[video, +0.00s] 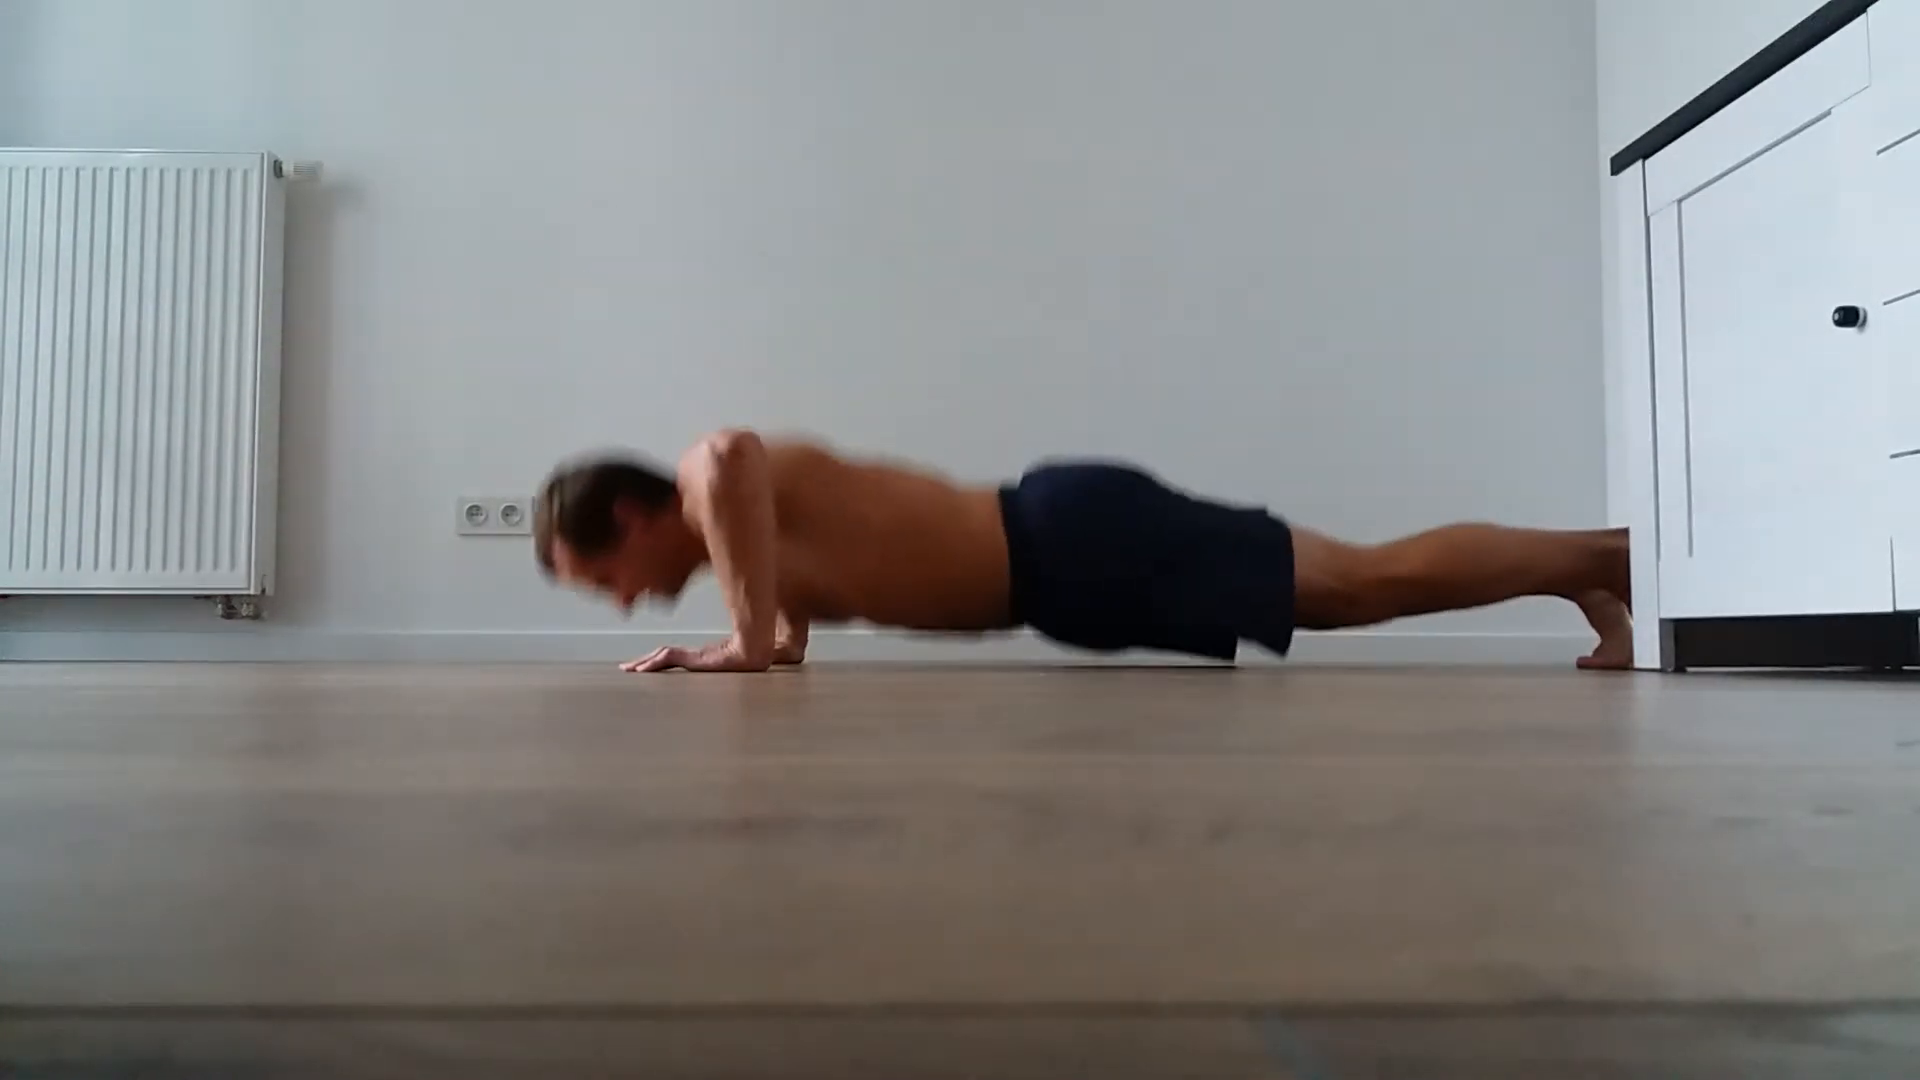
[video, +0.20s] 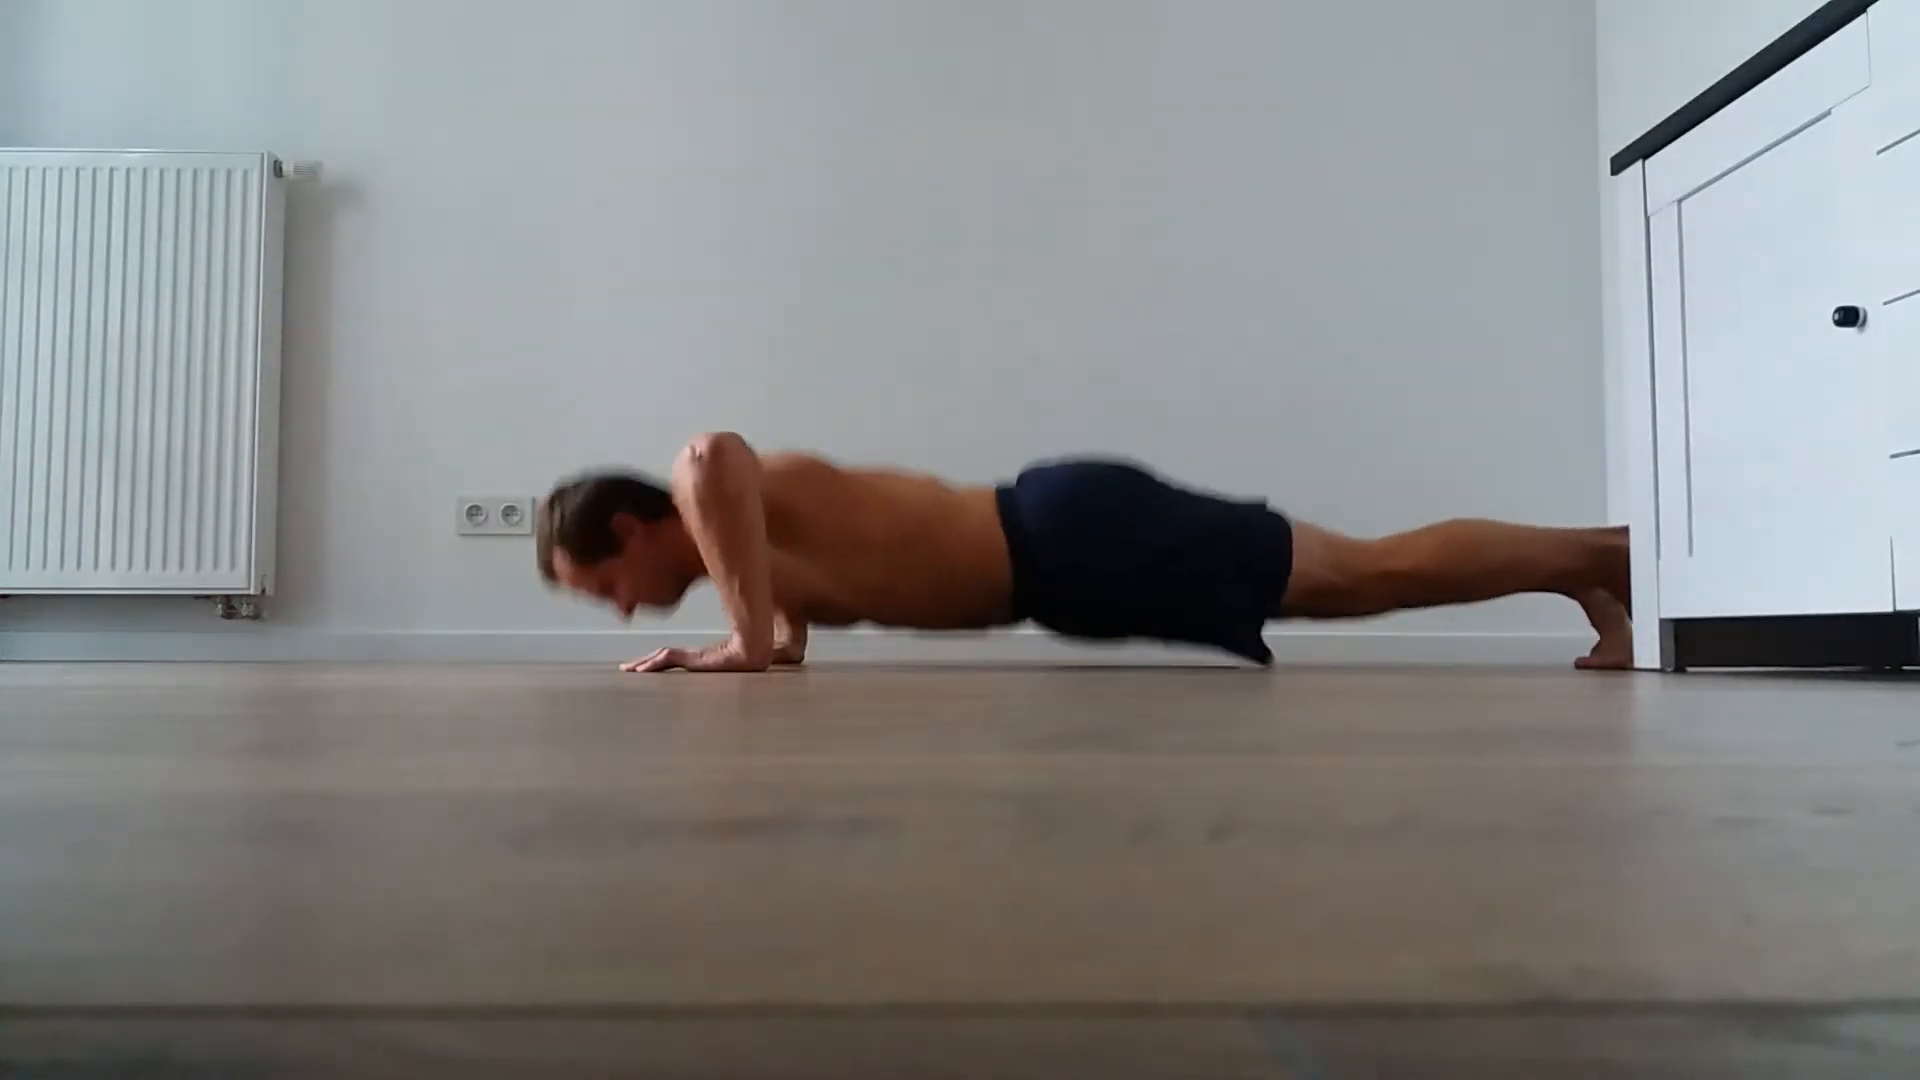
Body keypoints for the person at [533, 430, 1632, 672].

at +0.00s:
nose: (618, 600)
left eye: (603, 582)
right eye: (601, 589)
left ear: (626, 531)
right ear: (633, 533)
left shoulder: (717, 482)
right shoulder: (733, 509)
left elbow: (729, 465)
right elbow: (796, 596)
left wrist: (766, 637)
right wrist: (734, 647)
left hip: (1068, 547)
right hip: (1056, 549)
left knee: (1362, 584)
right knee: (1355, 576)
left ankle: (1594, 563)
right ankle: (1588, 564)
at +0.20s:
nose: (622, 609)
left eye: (608, 590)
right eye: (603, 599)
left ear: (630, 541)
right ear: (632, 546)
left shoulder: (723, 502)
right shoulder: (734, 516)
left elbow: (709, 462)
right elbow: (798, 610)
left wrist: (765, 637)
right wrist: (736, 647)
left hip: (1064, 542)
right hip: (1054, 544)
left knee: (1357, 575)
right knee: (1352, 572)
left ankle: (1593, 559)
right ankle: (1587, 560)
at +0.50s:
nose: (654, 358)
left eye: (640, 335)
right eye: (639, 347)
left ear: (663, 281)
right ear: (666, 296)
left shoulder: (764, 281)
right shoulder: (771, 317)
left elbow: (749, 460)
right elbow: (788, 488)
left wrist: (753, 636)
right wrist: (785, 637)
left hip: (1096, 394)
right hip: (1084, 406)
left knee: (1362, 502)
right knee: (1353, 506)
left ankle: (1602, 553)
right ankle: (1587, 564)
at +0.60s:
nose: (648, 371)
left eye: (632, 348)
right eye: (633, 358)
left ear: (658, 296)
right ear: (666, 298)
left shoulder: (769, 291)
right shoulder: (775, 311)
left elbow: (757, 468)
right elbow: (791, 489)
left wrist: (755, 640)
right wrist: (786, 636)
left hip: (1092, 414)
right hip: (1084, 413)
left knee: (1359, 518)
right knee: (1353, 515)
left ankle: (1596, 558)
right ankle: (1588, 559)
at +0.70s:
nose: (635, 457)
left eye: (621, 438)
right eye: (619, 446)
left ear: (645, 383)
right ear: (655, 382)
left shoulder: (746, 363)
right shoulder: (762, 378)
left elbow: (749, 480)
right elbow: (787, 506)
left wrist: (754, 639)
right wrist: (785, 642)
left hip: (1078, 465)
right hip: (1071, 464)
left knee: (1359, 542)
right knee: (1351, 538)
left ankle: (1592, 557)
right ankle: (1581, 556)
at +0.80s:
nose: (625, 576)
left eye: (609, 560)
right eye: (608, 568)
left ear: (623, 506)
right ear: (631, 512)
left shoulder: (720, 462)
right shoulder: (733, 475)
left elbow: (734, 469)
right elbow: (790, 620)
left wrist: (751, 639)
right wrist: (741, 643)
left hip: (1068, 530)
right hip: (1057, 532)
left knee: (1358, 576)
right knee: (1352, 570)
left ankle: (1595, 563)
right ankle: (1589, 564)